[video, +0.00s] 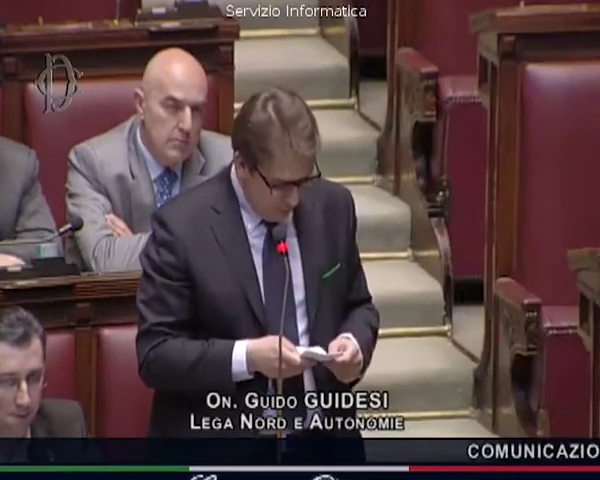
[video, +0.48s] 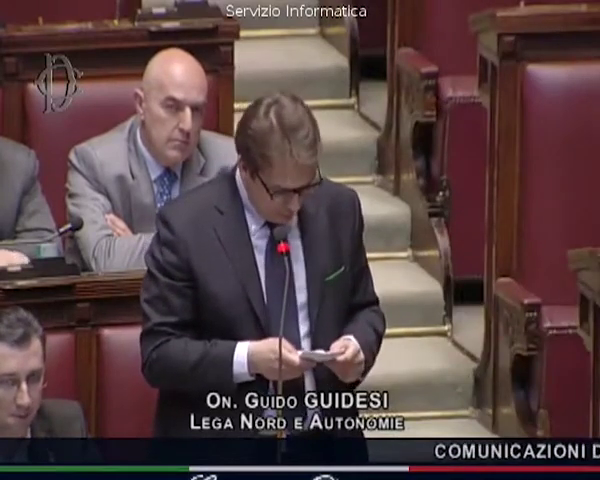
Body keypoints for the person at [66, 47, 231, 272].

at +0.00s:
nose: (187, 125)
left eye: (197, 110)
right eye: (172, 107)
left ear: (204, 109)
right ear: (140, 104)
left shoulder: (228, 156)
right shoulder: (91, 161)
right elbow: (106, 260)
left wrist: (138, 248)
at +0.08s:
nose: (187, 125)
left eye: (197, 110)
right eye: (172, 107)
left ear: (204, 109)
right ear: (140, 104)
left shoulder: (228, 156)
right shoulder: (91, 161)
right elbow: (106, 260)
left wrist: (138, 248)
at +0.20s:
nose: (187, 125)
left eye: (197, 110)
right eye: (172, 107)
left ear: (204, 109)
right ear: (140, 104)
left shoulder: (229, 156)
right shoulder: (91, 161)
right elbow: (105, 260)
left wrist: (138, 249)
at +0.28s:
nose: (187, 125)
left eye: (197, 110)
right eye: (172, 107)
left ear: (204, 109)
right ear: (140, 104)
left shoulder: (230, 156)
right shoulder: (91, 161)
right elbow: (105, 260)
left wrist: (138, 249)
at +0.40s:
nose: (186, 125)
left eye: (197, 110)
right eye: (172, 107)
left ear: (204, 109)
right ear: (141, 104)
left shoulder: (230, 157)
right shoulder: (91, 161)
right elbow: (105, 259)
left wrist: (138, 250)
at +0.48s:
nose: (187, 125)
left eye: (197, 110)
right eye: (172, 107)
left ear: (205, 109)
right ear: (140, 104)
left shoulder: (230, 157)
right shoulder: (91, 161)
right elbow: (105, 259)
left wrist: (138, 250)